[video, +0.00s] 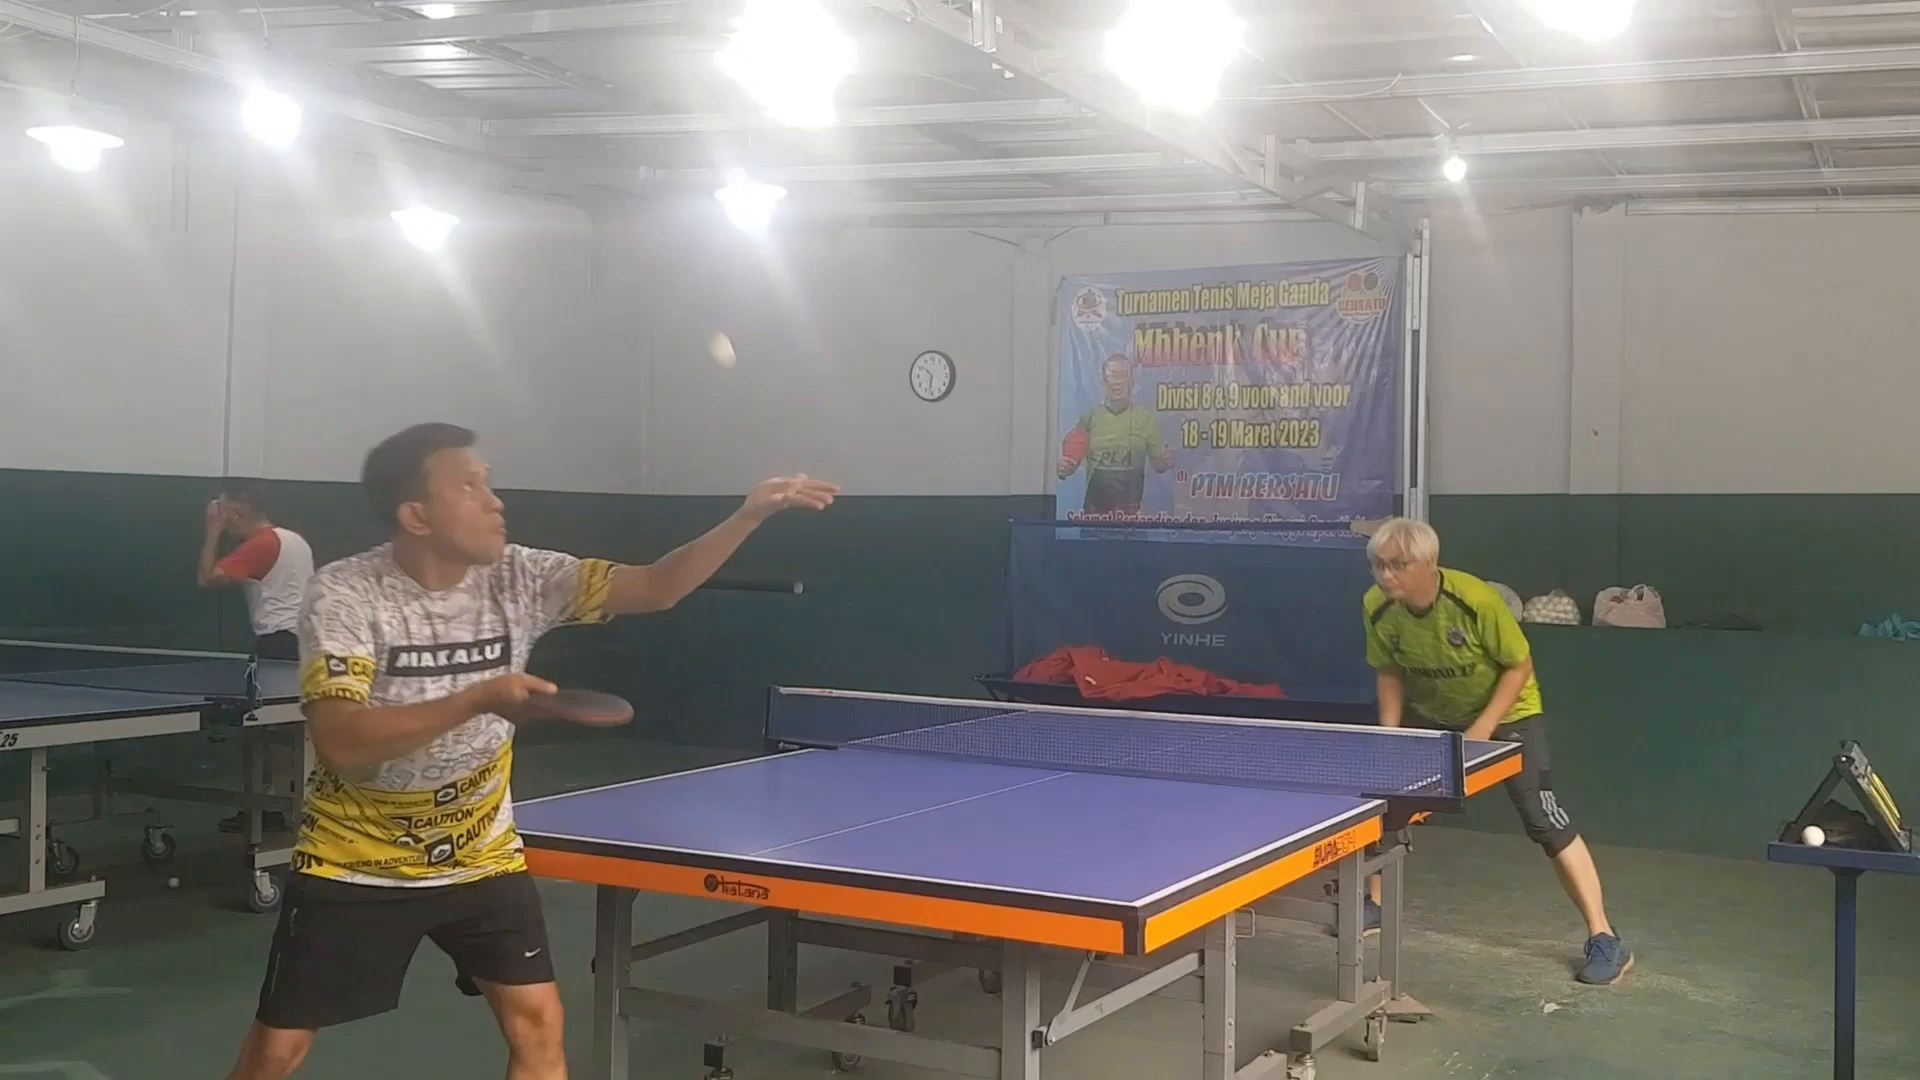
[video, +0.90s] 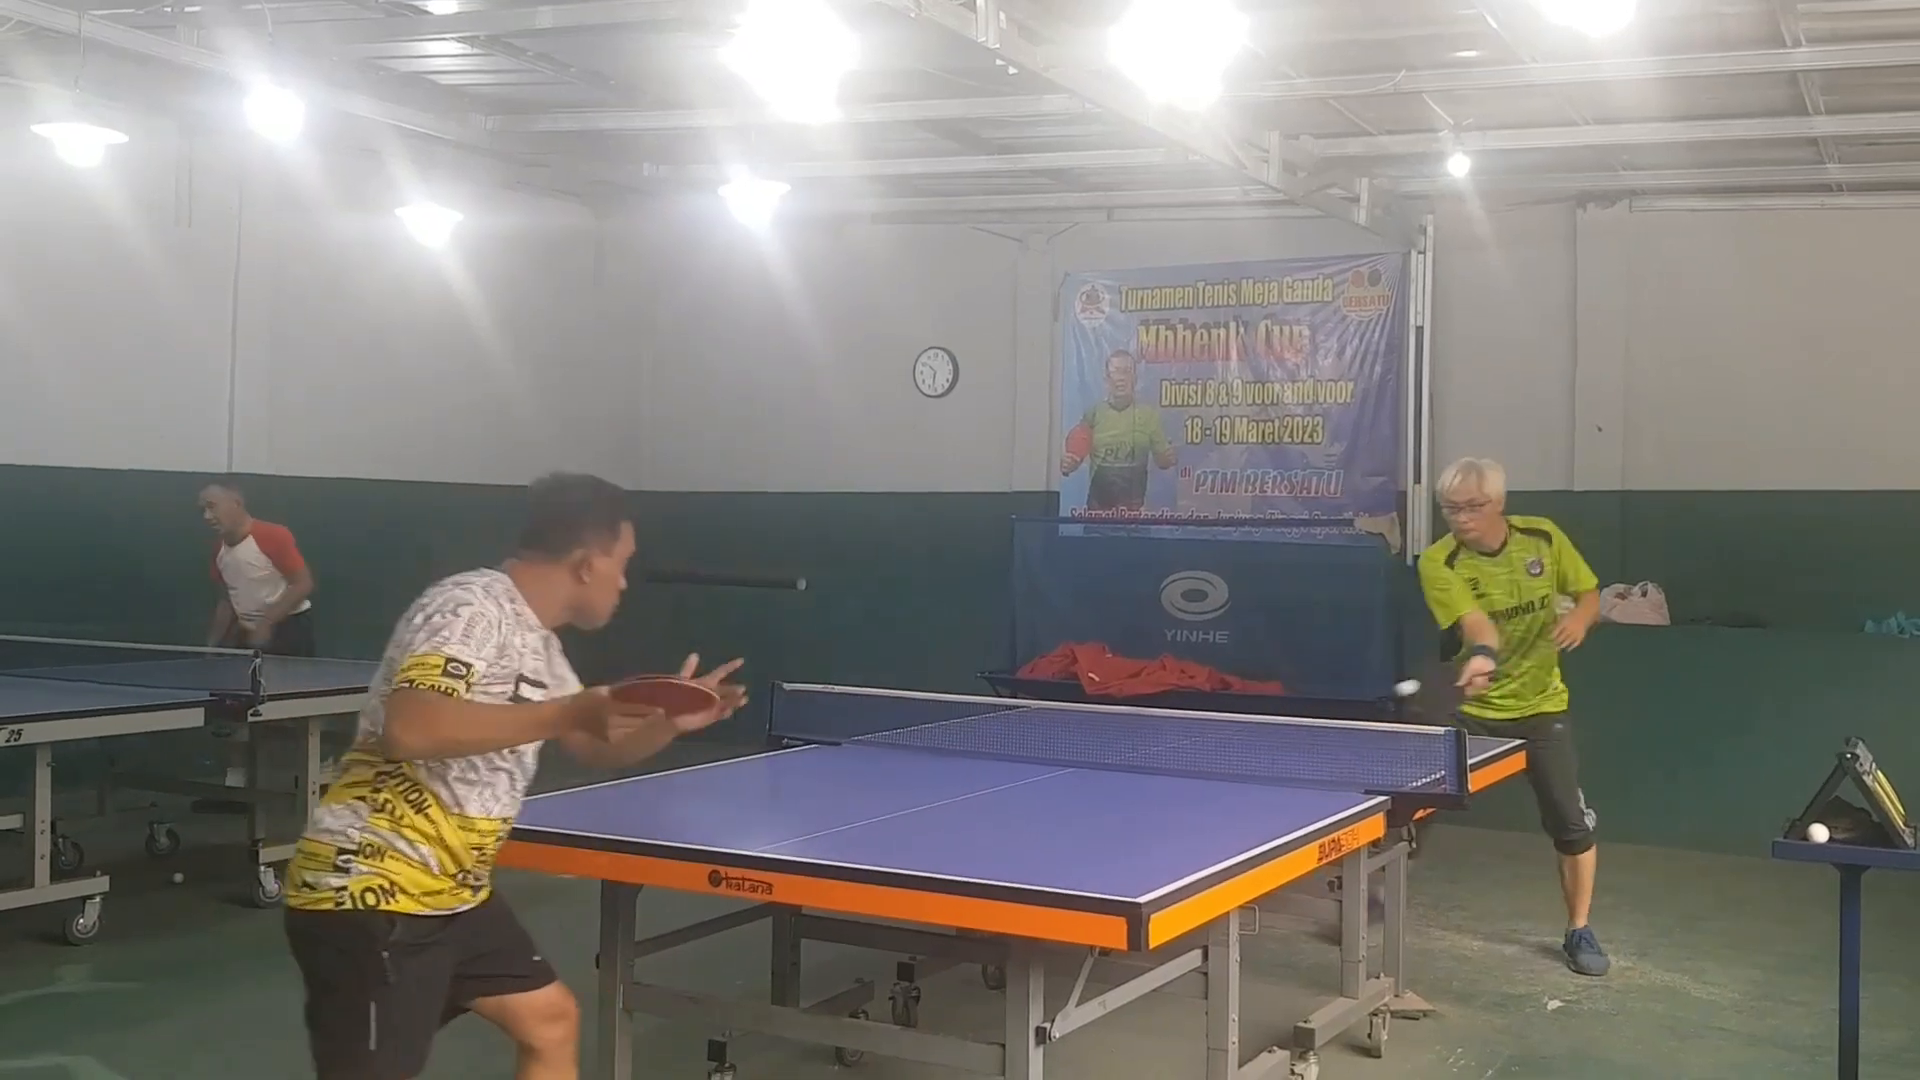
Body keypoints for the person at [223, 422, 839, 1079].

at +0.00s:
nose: (496, 498)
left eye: (490, 483)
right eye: (473, 487)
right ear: (413, 515)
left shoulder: (521, 578)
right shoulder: (347, 591)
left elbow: (654, 586)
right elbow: (339, 739)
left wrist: (753, 512)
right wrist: (476, 699)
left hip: (481, 853)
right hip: (355, 859)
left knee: (537, 1022)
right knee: (275, 1051)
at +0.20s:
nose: (449, 481)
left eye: (442, 465)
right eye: (424, 469)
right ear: (368, 503)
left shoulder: (481, 570)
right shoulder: (297, 577)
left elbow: (621, 597)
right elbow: (248, 710)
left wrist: (725, 561)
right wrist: (395, 698)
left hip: (436, 836)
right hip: (312, 848)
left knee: (518, 991)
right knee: (259, 1053)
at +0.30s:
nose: (462, 488)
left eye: (459, 472)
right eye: (439, 476)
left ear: (455, 492)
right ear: (379, 505)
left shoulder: (489, 574)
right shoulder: (303, 565)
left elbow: (626, 605)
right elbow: (197, 641)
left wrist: (731, 563)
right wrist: (340, 633)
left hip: (428, 822)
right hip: (307, 838)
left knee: (537, 958)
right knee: (255, 1046)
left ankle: (476, 1074)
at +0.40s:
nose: (518, 527)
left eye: (519, 509)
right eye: (498, 510)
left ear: (519, 515)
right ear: (437, 521)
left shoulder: (538, 590)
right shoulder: (370, 561)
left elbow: (674, 607)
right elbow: (208, 562)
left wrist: (745, 544)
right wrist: (356, 592)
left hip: (444, 835)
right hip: (329, 843)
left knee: (550, 969)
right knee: (262, 1049)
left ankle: (431, 1052)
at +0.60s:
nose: (686, 635)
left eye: (692, 619)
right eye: (683, 615)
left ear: (639, 610)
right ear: (638, 605)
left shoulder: (628, 681)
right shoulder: (513, 611)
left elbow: (711, 729)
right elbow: (380, 689)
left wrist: (718, 612)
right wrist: (473, 607)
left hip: (509, 895)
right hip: (407, 889)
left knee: (615, 1037)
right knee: (372, 1069)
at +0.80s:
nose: (671, 616)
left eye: (674, 600)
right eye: (670, 597)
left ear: (626, 590)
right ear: (630, 589)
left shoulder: (608, 672)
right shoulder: (495, 613)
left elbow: (678, 757)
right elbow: (407, 717)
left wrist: (726, 702)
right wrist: (531, 696)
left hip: (490, 887)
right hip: (397, 878)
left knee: (600, 1025)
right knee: (404, 1070)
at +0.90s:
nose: (625, 583)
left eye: (627, 565)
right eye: (624, 564)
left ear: (580, 563)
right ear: (586, 563)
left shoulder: (543, 648)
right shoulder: (468, 606)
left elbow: (601, 749)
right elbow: (411, 727)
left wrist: (669, 719)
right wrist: (562, 715)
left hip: (450, 891)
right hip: (368, 896)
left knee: (551, 1024)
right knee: (370, 1067)